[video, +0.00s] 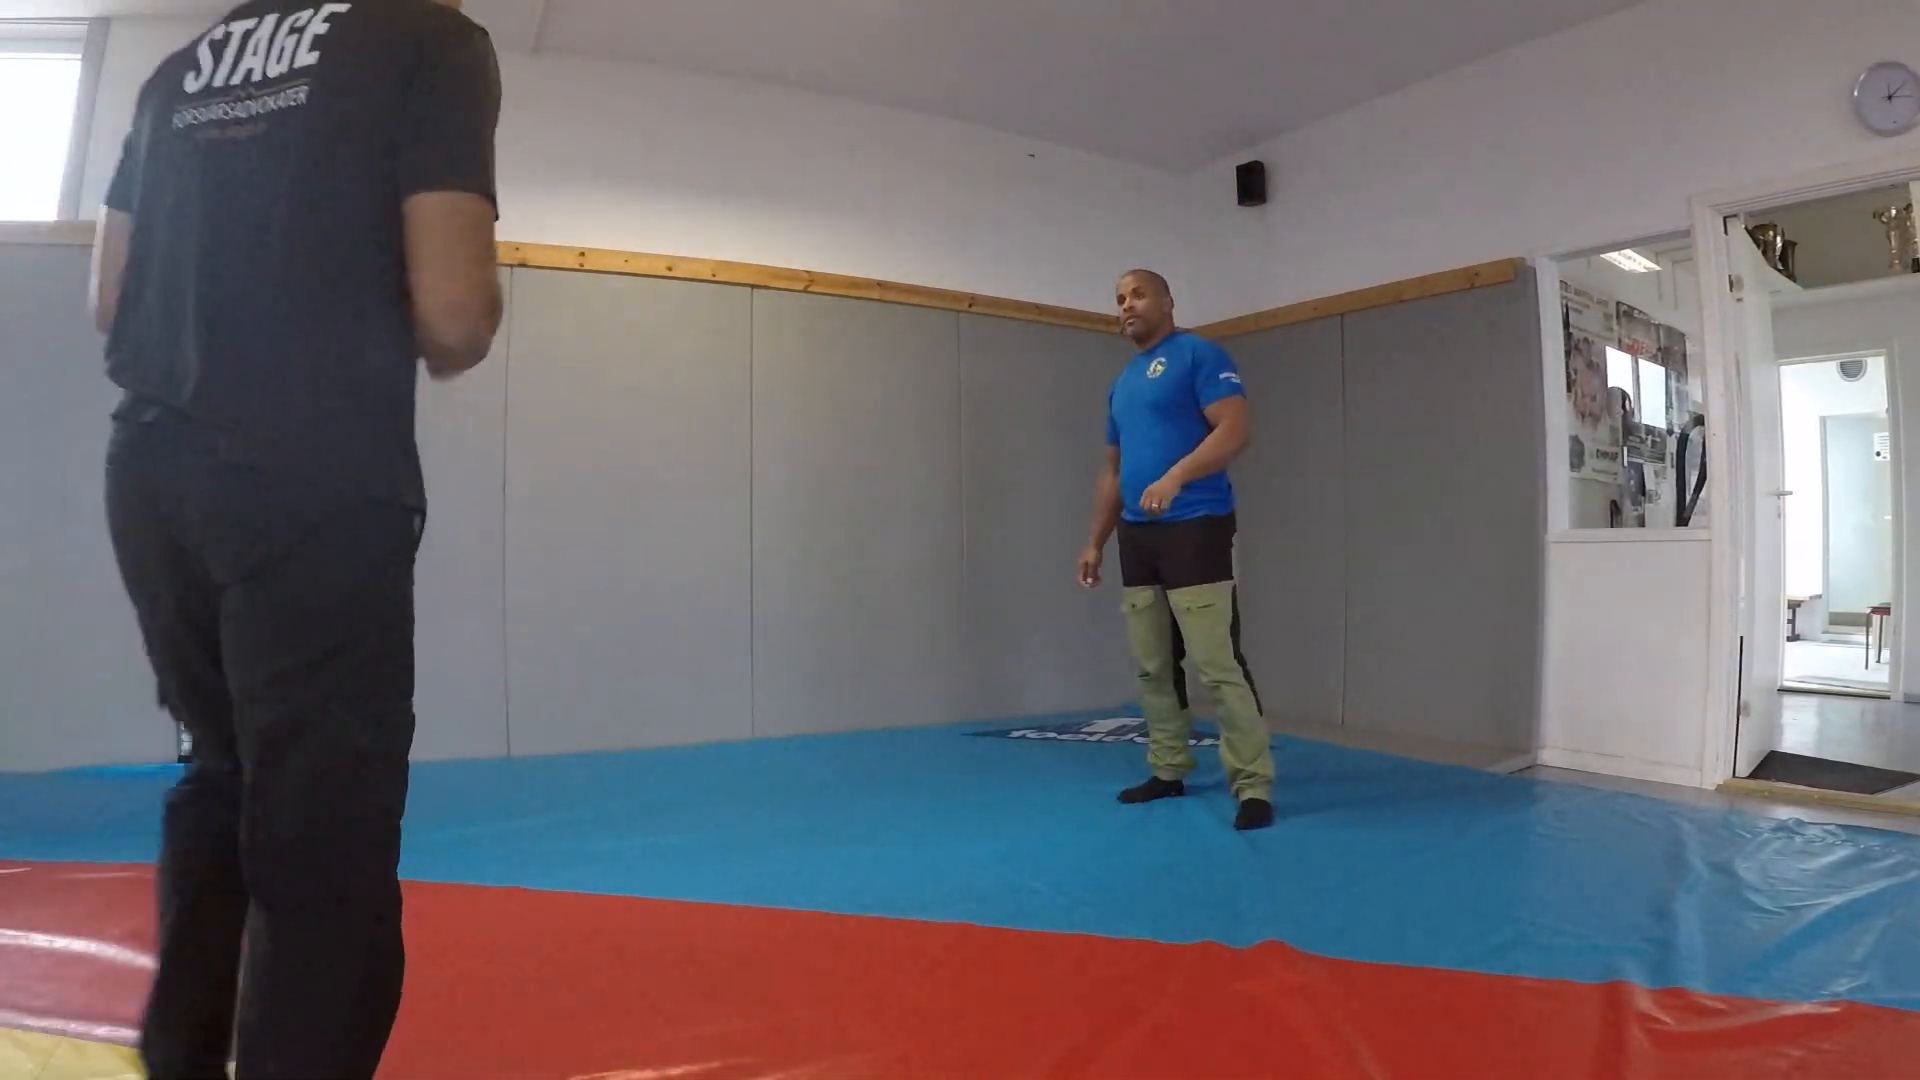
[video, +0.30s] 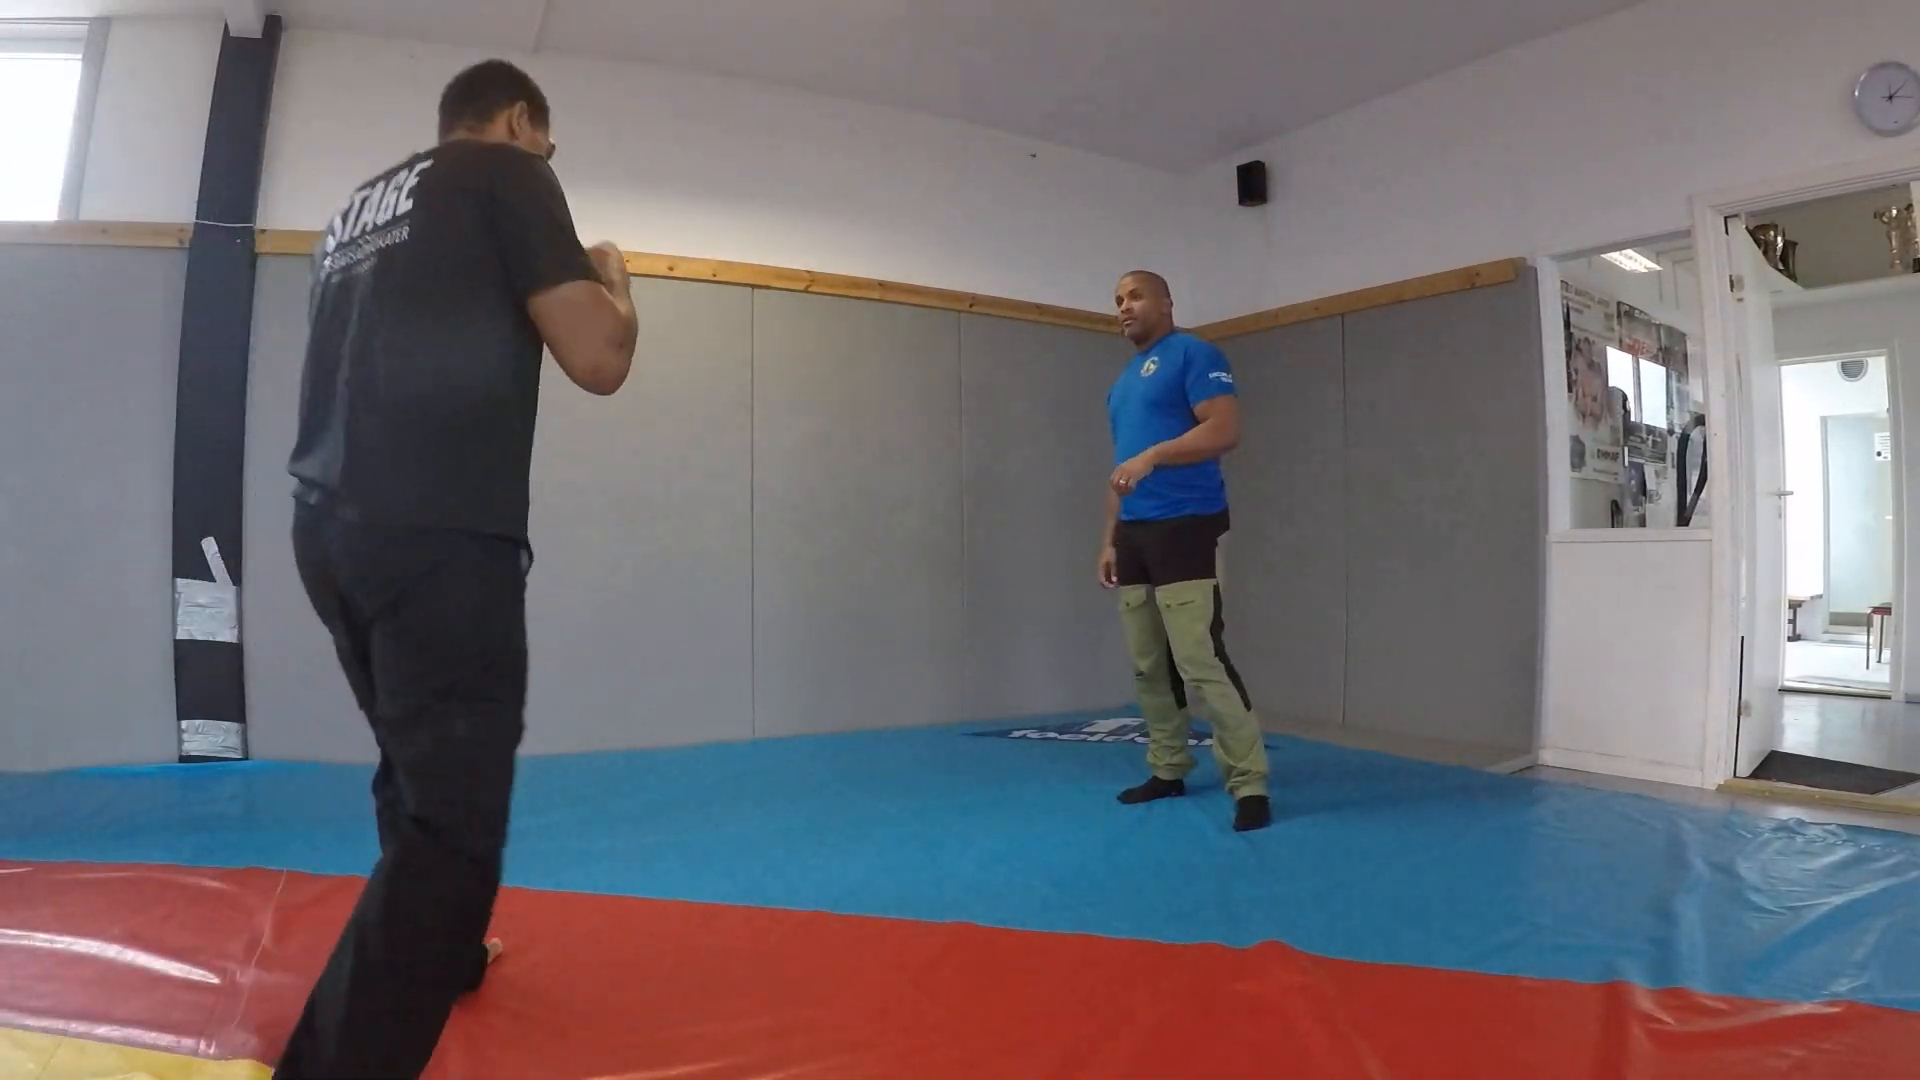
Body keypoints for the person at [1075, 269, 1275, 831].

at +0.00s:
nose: (1126, 307)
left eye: (1136, 296)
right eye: (1120, 301)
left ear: (1167, 302)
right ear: (1120, 315)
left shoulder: (1198, 355)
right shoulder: (1121, 384)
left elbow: (1234, 430)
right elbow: (1114, 470)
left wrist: (1174, 477)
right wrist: (1095, 542)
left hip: (1196, 528)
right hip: (1138, 535)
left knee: (1214, 663)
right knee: (1154, 665)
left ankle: (1252, 786)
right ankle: (1168, 773)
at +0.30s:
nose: (1124, 308)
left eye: (1135, 297)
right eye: (1119, 302)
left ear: (1166, 304)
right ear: (1120, 316)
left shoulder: (1194, 354)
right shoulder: (1120, 386)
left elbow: (1223, 430)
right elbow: (1125, 470)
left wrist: (1151, 455)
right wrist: (1111, 541)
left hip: (1185, 526)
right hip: (1134, 533)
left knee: (1199, 659)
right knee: (1150, 664)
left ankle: (1249, 785)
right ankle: (1169, 772)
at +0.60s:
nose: (1118, 312)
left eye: (1127, 300)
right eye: (1113, 305)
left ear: (1159, 303)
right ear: (1115, 318)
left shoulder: (1189, 353)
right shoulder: (1121, 385)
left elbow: (1223, 427)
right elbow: (1114, 468)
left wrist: (1147, 445)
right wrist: (1089, 530)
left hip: (1185, 521)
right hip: (1135, 528)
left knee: (1178, 644)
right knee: (1146, 659)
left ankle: (1246, 775)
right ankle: (1168, 771)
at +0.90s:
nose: (1117, 313)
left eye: (1127, 300)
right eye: (1112, 306)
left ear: (1161, 303)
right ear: (1117, 319)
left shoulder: (1192, 353)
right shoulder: (1136, 377)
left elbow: (1221, 430)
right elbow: (1139, 469)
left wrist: (1138, 420)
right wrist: (1091, 500)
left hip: (1197, 533)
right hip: (1147, 534)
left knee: (1194, 671)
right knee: (1147, 670)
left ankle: (1227, 803)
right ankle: (1167, 774)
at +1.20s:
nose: (1132, 326)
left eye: (1143, 312)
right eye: (1128, 318)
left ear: (1181, 315)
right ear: (1135, 329)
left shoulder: (1206, 370)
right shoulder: (1167, 383)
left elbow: (1190, 457)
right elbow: (1171, 471)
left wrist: (1122, 405)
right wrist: (1118, 456)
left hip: (1233, 545)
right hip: (1185, 544)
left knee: (1199, 677)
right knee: (1148, 671)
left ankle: (1264, 815)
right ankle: (1170, 773)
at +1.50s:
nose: (1169, 329)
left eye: (1179, 316)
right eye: (1166, 319)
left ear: (1220, 317)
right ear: (1174, 325)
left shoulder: (1259, 387)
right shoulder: (1181, 376)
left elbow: (1246, 480)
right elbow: (1116, 410)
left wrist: (1179, 412)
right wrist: (1068, 355)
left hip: (1267, 546)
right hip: (1213, 544)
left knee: (1217, 671)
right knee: (1172, 663)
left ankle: (1265, 818)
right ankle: (1215, 754)